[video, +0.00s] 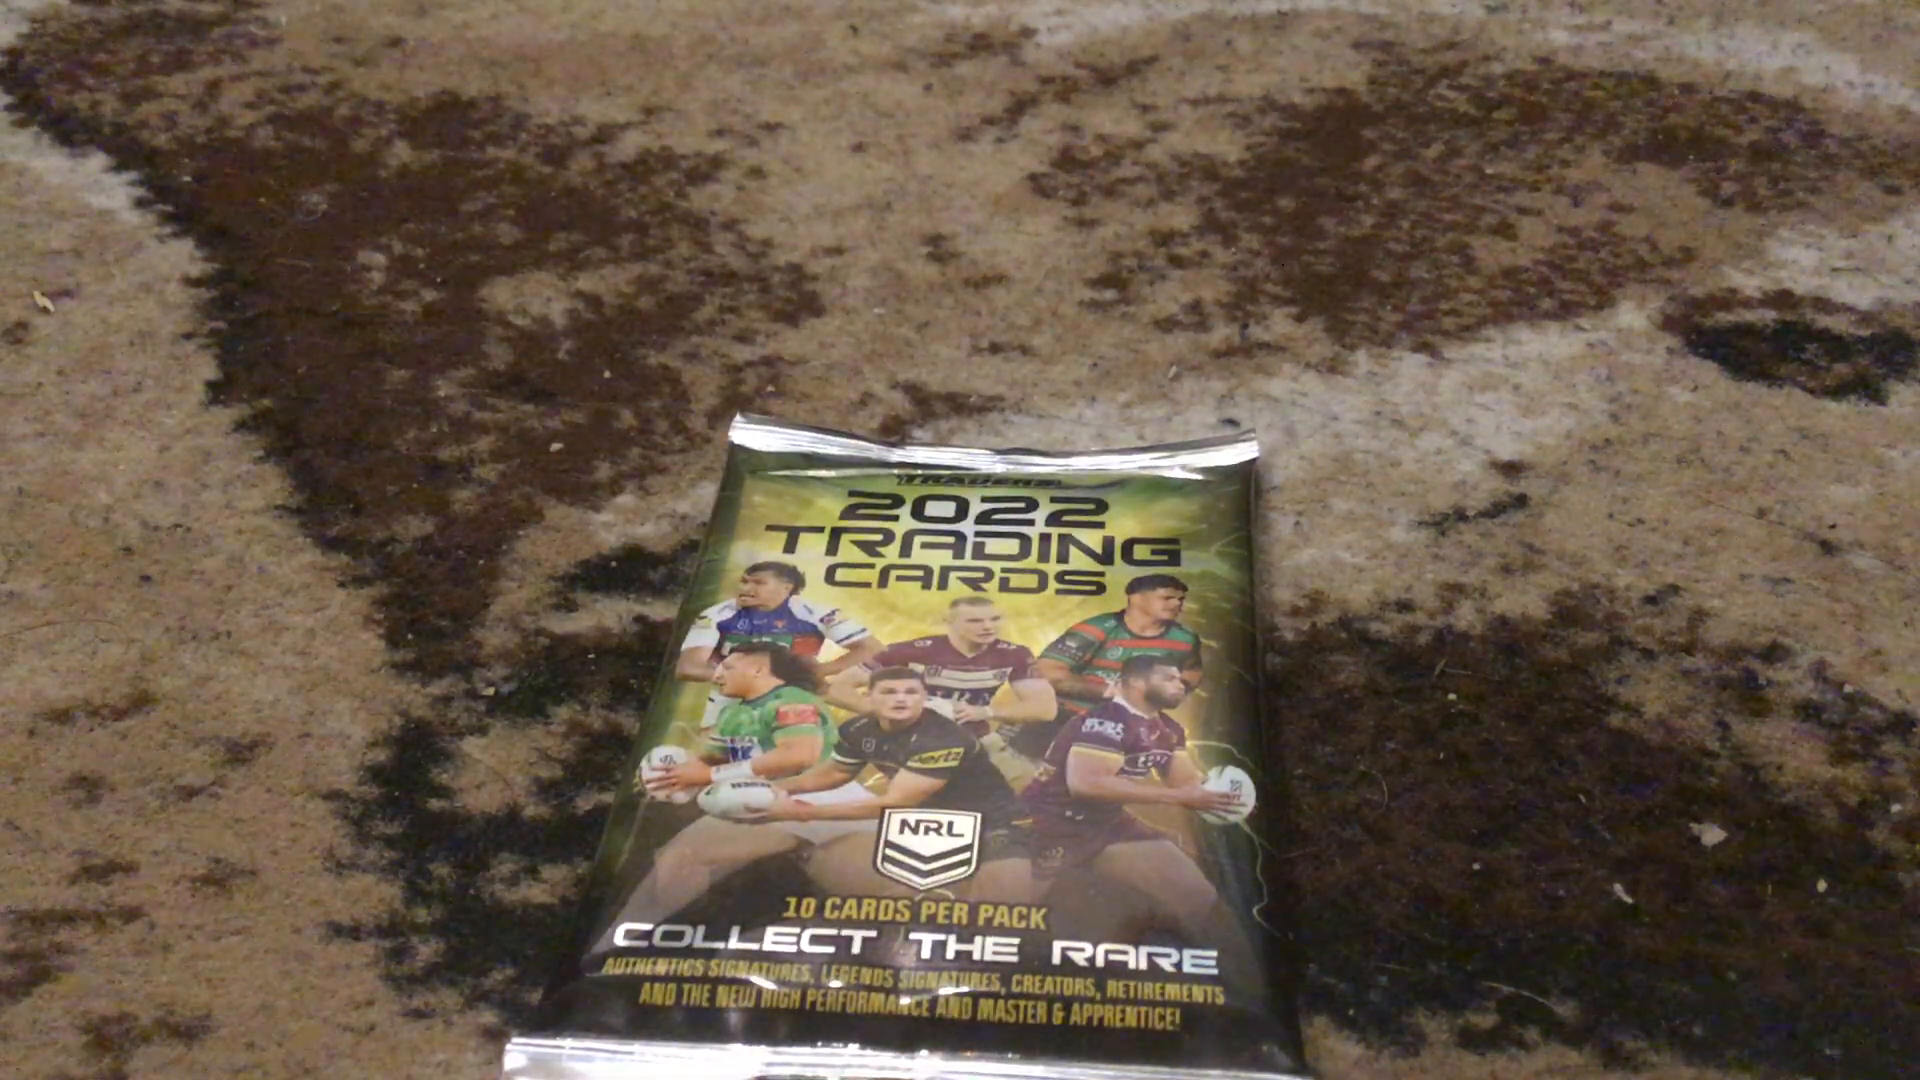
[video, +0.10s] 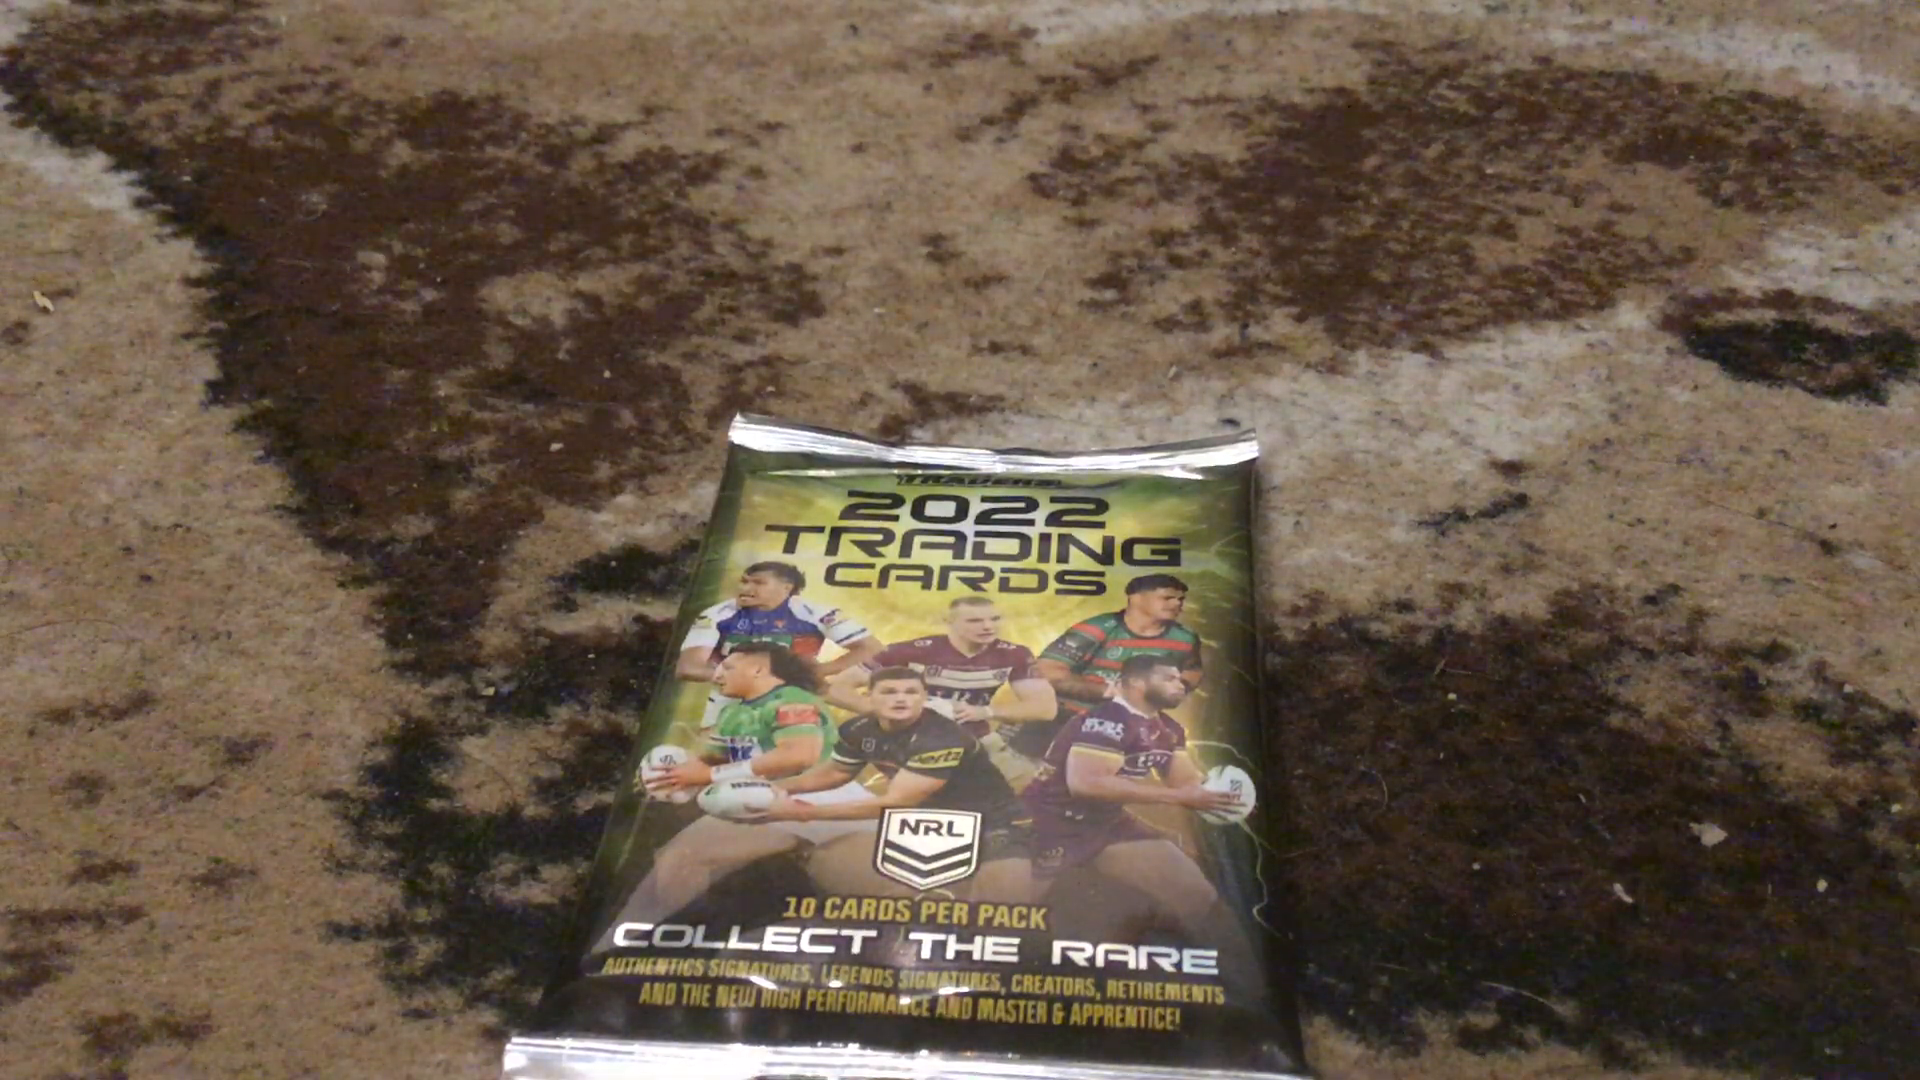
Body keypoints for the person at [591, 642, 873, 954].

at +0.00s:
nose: (719, 669)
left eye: (729, 662)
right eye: (722, 662)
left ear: (761, 664)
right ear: (754, 666)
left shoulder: (793, 701)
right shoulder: (733, 713)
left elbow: (801, 754)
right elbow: (712, 762)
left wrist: (711, 775)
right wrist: (669, 779)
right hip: (753, 814)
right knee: (674, 861)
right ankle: (612, 952)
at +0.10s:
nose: (720, 669)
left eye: (729, 662)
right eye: (722, 662)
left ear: (761, 664)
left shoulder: (793, 700)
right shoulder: (734, 713)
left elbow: (802, 754)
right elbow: (715, 762)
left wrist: (711, 775)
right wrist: (667, 778)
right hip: (751, 815)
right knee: (674, 862)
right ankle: (617, 950)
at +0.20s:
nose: (720, 670)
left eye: (730, 662)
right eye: (722, 663)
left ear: (762, 664)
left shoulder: (793, 700)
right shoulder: (732, 712)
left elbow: (801, 754)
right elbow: (715, 761)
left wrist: (712, 775)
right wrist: (671, 777)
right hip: (748, 814)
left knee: (686, 858)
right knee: (671, 861)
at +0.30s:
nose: (720, 669)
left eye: (729, 662)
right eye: (722, 662)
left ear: (761, 665)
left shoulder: (793, 700)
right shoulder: (732, 714)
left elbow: (802, 754)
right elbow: (714, 763)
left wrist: (711, 775)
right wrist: (668, 779)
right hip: (752, 814)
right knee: (674, 863)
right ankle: (614, 950)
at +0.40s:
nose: (719, 669)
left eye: (729, 662)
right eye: (721, 662)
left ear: (761, 665)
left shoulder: (793, 701)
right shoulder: (733, 714)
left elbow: (801, 754)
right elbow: (713, 762)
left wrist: (711, 775)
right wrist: (667, 779)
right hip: (758, 814)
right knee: (678, 862)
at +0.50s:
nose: (719, 668)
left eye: (730, 660)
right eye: (722, 661)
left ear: (762, 662)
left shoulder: (793, 701)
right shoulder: (731, 712)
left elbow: (802, 754)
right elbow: (716, 763)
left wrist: (712, 775)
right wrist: (675, 778)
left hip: (783, 818)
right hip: (737, 816)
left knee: (685, 860)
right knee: (669, 862)